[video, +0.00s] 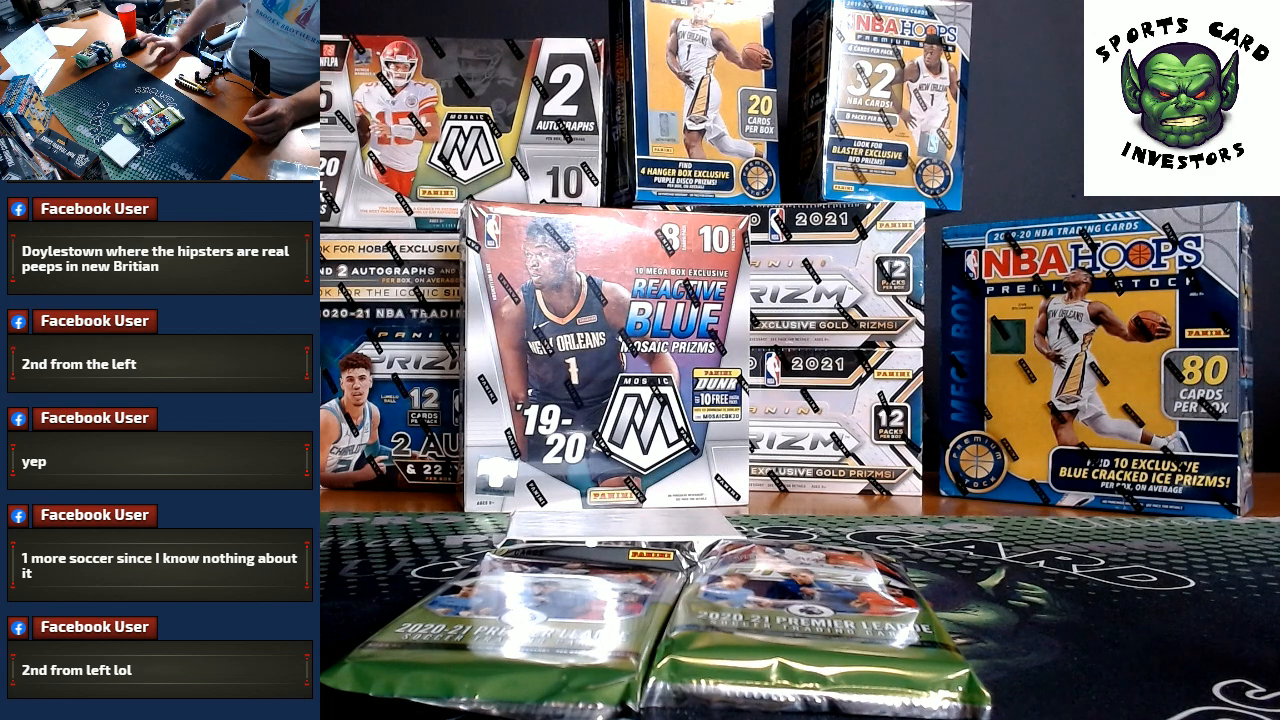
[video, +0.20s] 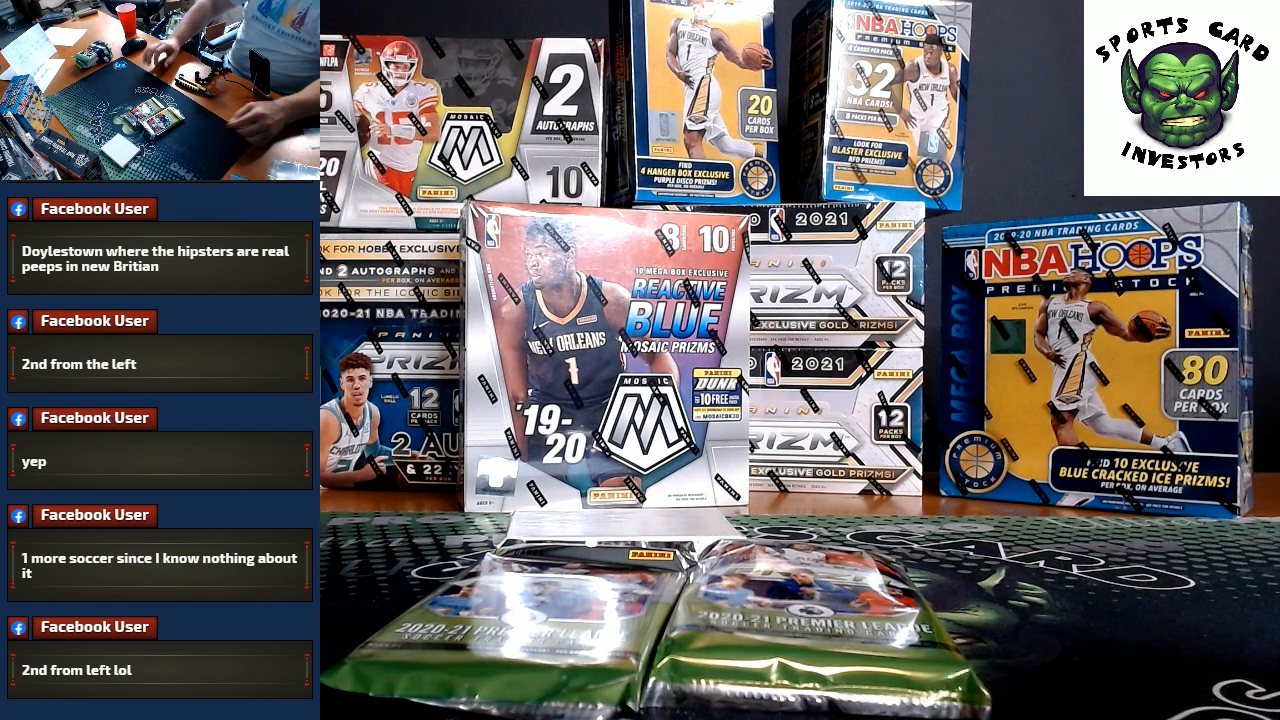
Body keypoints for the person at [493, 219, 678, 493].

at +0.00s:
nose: (532, 263)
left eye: (542, 254)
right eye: (529, 255)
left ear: (570, 255)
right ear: (525, 259)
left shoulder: (611, 299)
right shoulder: (513, 313)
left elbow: (658, 357)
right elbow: (518, 398)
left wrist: (662, 413)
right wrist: (524, 460)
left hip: (610, 422)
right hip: (549, 427)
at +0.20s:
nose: (532, 263)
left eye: (542, 254)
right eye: (529, 255)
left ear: (569, 255)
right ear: (525, 259)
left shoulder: (611, 299)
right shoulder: (513, 312)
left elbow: (658, 358)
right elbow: (518, 399)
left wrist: (663, 415)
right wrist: (524, 460)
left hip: (609, 416)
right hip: (549, 420)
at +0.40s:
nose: (533, 263)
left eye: (542, 254)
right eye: (529, 255)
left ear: (569, 256)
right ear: (525, 258)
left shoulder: (611, 299)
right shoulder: (514, 312)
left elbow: (658, 357)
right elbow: (518, 400)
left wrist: (664, 415)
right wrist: (522, 462)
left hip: (611, 422)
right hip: (550, 426)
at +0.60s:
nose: (533, 264)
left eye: (542, 254)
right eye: (529, 255)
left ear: (569, 256)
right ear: (525, 259)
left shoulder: (611, 299)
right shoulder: (514, 313)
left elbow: (657, 357)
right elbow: (517, 400)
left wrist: (664, 412)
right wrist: (521, 464)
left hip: (610, 421)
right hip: (549, 426)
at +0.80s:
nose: (533, 264)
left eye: (542, 254)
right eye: (529, 255)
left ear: (569, 255)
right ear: (525, 258)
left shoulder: (611, 299)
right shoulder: (515, 312)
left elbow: (657, 356)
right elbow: (517, 401)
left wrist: (665, 414)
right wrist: (520, 466)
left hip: (609, 424)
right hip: (548, 427)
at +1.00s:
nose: (533, 264)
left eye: (542, 255)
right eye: (530, 255)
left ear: (569, 257)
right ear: (525, 258)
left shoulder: (611, 299)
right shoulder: (514, 312)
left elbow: (657, 356)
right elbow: (517, 400)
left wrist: (666, 412)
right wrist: (521, 465)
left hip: (609, 423)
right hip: (549, 428)